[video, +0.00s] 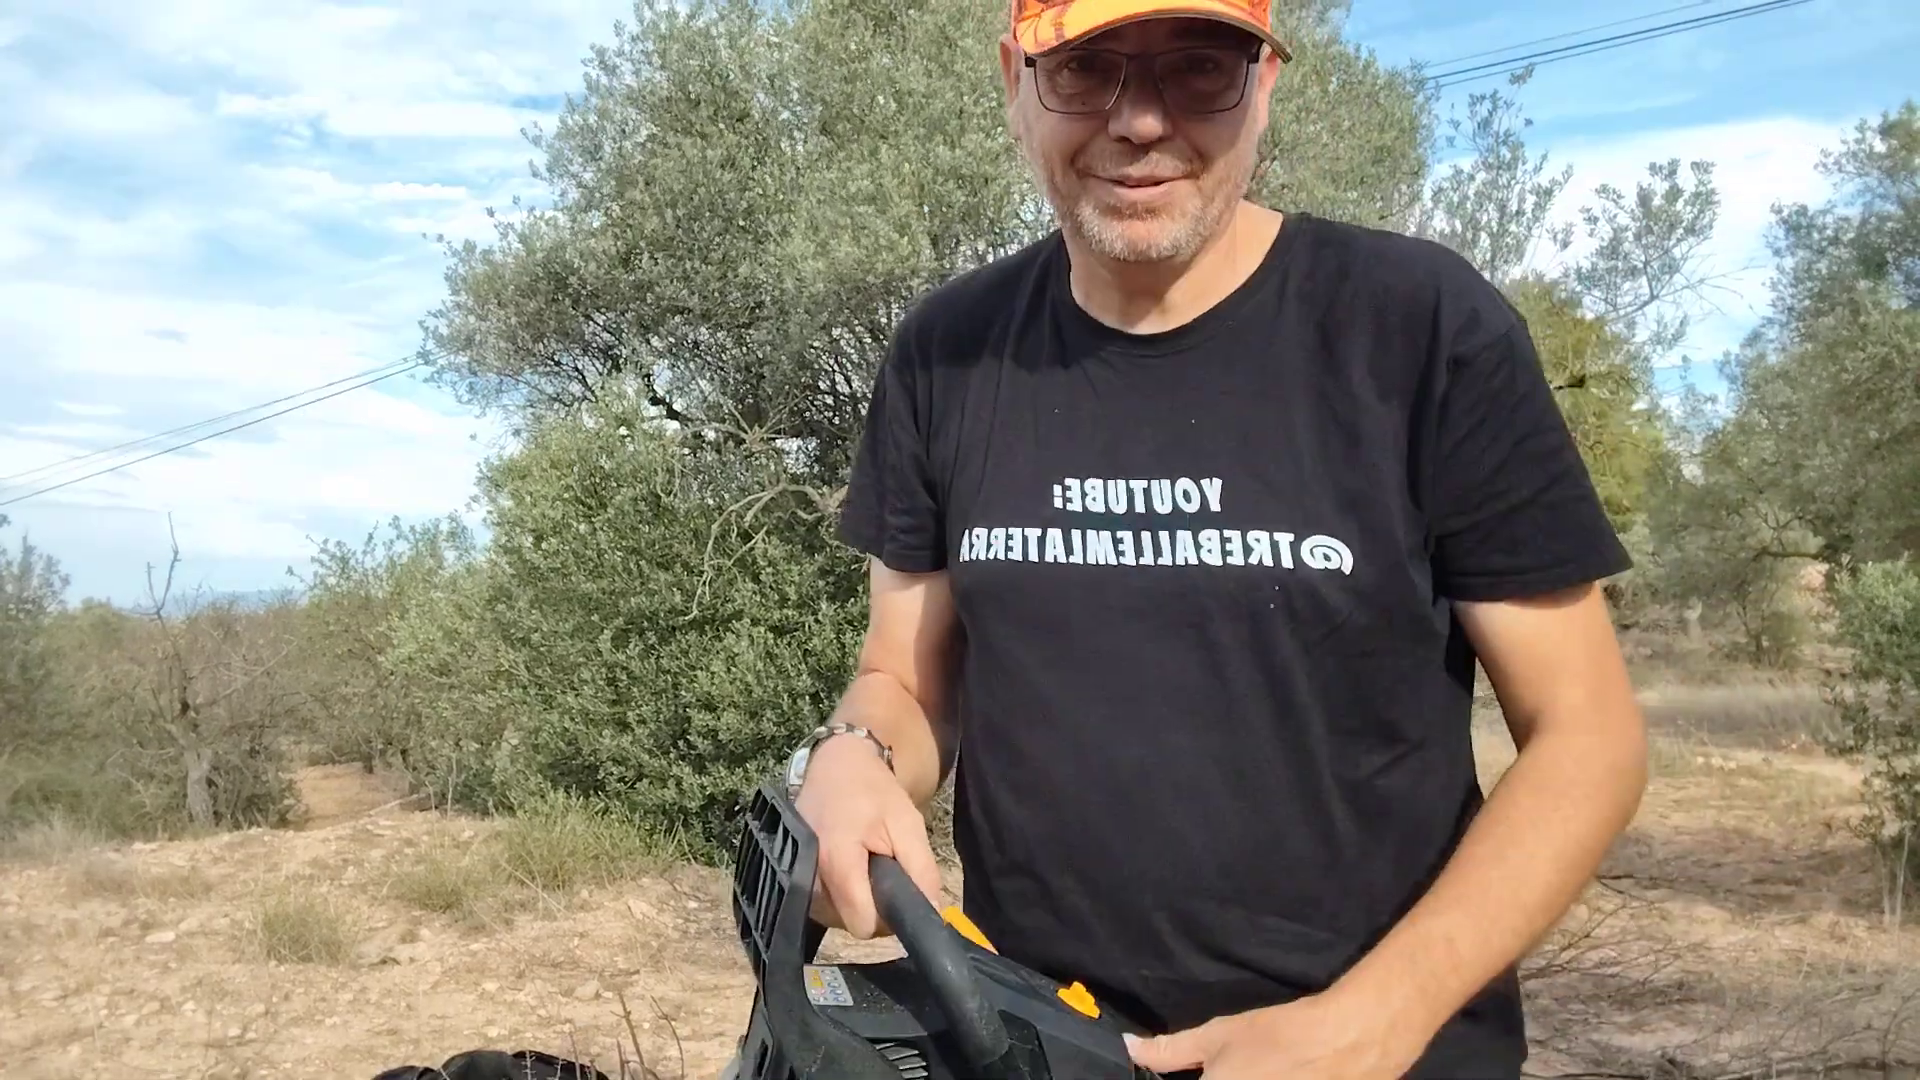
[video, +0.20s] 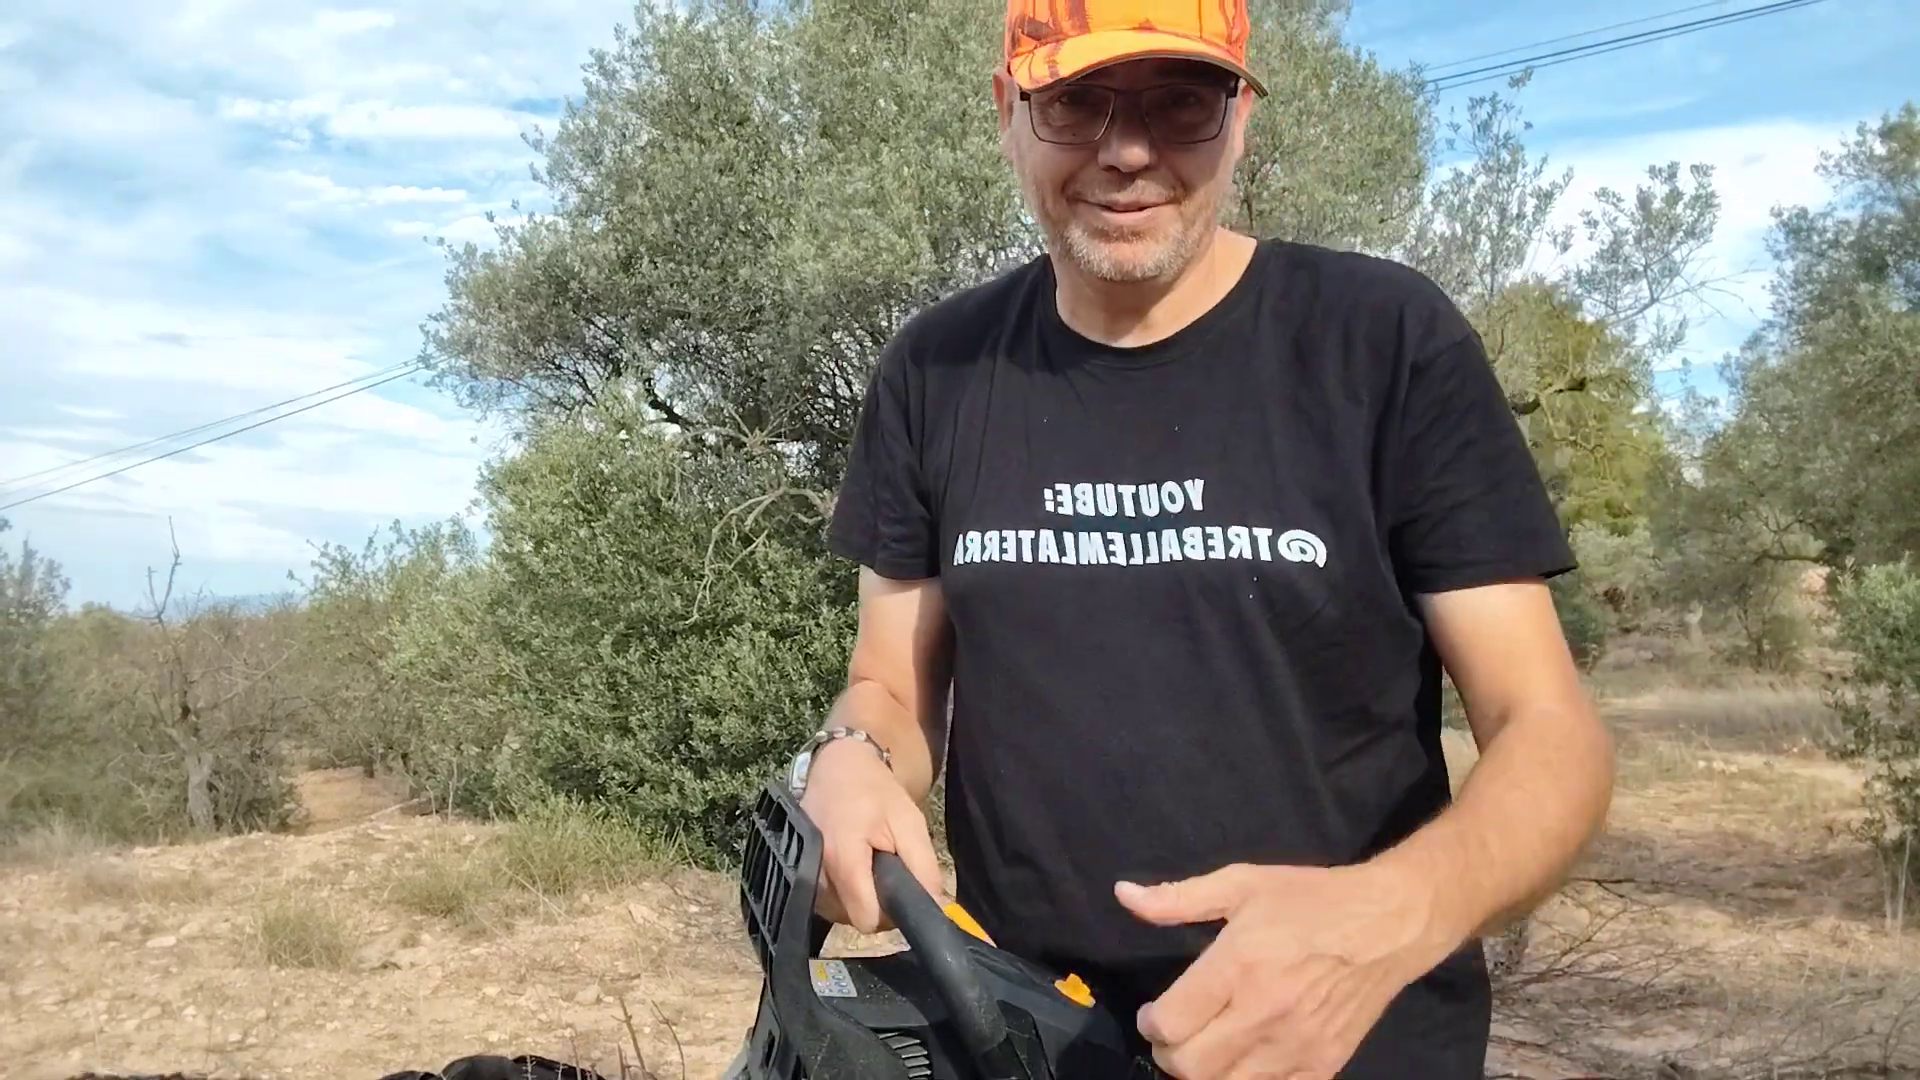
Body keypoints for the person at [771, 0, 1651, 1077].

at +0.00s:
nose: (1142, 121)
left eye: (1196, 67)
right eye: (1092, 68)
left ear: (1266, 88)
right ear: (1017, 90)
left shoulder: (1426, 328)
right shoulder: (946, 352)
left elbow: (1590, 739)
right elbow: (905, 677)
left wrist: (1366, 1022)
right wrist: (852, 761)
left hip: (1385, 1037)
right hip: (1040, 1034)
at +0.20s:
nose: (1128, 159)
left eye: (1178, 107)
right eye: (1078, 111)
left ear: (1243, 120)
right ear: (1013, 124)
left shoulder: (1387, 338)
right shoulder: (937, 371)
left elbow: (1554, 738)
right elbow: (892, 697)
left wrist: (1393, 912)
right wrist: (852, 763)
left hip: (1363, 1037)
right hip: (1038, 1035)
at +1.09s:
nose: (1114, 166)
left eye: (1166, 117)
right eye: (1066, 118)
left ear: (1222, 130)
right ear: (1000, 135)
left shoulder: (1368, 336)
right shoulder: (943, 377)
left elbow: (1561, 736)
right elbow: (897, 680)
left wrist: (1322, 483)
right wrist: (854, 753)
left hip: (1344, 1022)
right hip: (1050, 1015)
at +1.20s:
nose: (1116, 169)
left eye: (1167, 119)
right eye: (1067, 122)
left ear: (1224, 132)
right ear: (1001, 136)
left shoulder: (1369, 339)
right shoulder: (944, 379)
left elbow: (1559, 736)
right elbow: (899, 680)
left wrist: (1326, 490)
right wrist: (854, 753)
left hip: (1346, 1022)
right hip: (1051, 1017)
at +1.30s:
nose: (1116, 167)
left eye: (1167, 118)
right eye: (1068, 120)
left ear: (1224, 131)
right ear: (1002, 135)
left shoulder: (1368, 338)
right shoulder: (946, 376)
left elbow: (1559, 738)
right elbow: (900, 680)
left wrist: (1329, 494)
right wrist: (854, 750)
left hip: (1345, 1021)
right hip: (1051, 1015)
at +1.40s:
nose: (1115, 178)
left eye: (1167, 129)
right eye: (1067, 129)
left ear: (1225, 135)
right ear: (1003, 139)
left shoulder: (1370, 342)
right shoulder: (946, 384)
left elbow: (1560, 738)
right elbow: (903, 681)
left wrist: (1332, 498)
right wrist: (856, 751)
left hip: (1345, 1022)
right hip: (1049, 1015)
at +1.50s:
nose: (1105, 206)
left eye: (1152, 159)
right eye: (1064, 160)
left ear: (1222, 145)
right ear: (1012, 156)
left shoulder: (1372, 344)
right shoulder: (953, 382)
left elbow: (1563, 735)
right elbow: (906, 683)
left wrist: (1331, 495)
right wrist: (861, 753)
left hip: (1343, 1023)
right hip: (1051, 1015)